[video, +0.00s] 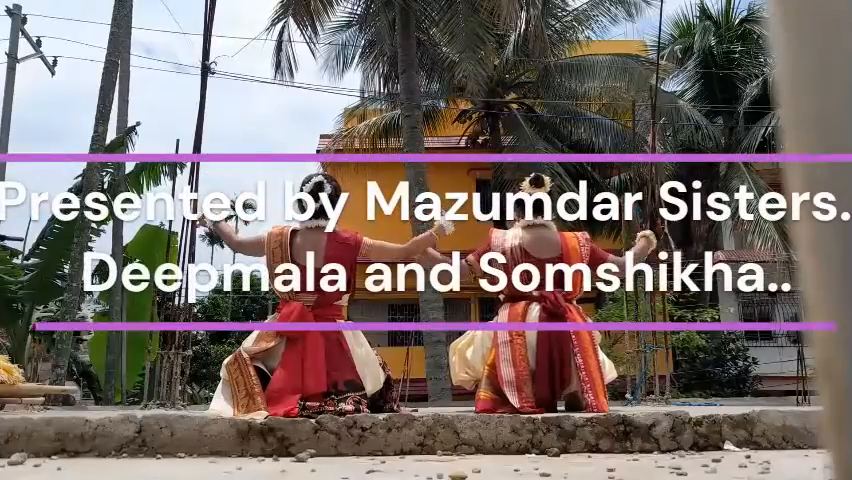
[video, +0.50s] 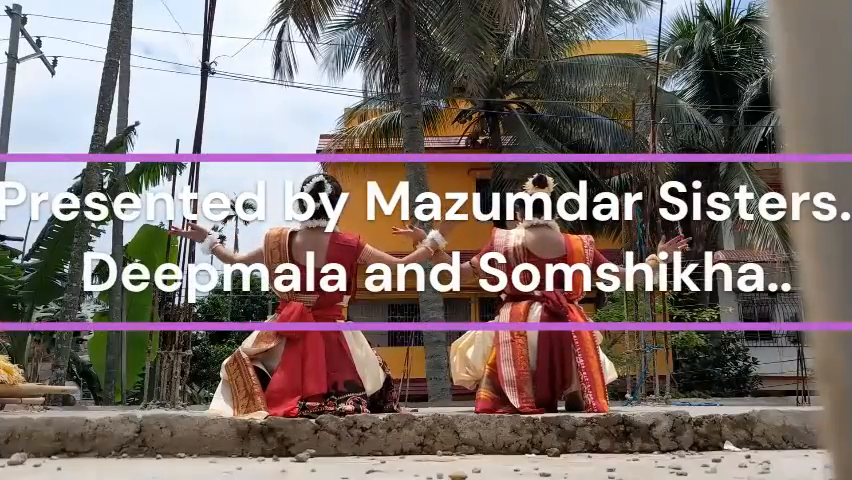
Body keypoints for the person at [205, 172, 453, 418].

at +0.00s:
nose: (335, 210)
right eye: (335, 203)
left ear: (300, 205)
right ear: (335, 206)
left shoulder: (277, 238)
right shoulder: (348, 242)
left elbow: (235, 242)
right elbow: (404, 252)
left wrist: (211, 220)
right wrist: (436, 230)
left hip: (286, 339)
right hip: (335, 340)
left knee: (238, 365)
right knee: (376, 385)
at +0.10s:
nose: (335, 211)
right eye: (335, 203)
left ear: (300, 205)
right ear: (335, 206)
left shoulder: (277, 239)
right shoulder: (348, 243)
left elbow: (236, 248)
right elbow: (404, 257)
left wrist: (212, 229)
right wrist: (435, 238)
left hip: (286, 341)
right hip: (335, 341)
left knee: (238, 365)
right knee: (376, 385)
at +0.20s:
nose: (334, 212)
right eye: (335, 205)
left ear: (301, 205)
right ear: (334, 207)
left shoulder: (277, 239)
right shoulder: (349, 244)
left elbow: (237, 254)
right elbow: (401, 260)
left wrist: (210, 237)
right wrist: (430, 245)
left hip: (287, 337)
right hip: (334, 336)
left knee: (239, 361)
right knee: (375, 385)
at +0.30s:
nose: (338, 211)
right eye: (337, 205)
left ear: (302, 205)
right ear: (335, 207)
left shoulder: (278, 240)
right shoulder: (349, 244)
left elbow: (237, 258)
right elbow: (399, 263)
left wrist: (206, 232)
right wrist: (427, 244)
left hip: (288, 336)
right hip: (335, 336)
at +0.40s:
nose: (338, 209)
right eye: (338, 204)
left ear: (301, 204)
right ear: (335, 207)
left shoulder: (277, 239)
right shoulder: (347, 243)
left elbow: (236, 258)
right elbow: (399, 262)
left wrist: (208, 236)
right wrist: (428, 244)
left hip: (288, 342)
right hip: (333, 342)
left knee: (241, 361)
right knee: (373, 385)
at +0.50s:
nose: (333, 209)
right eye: (335, 203)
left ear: (300, 205)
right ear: (335, 206)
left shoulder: (277, 241)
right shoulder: (348, 245)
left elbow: (234, 259)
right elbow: (400, 264)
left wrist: (205, 237)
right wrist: (430, 247)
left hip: (288, 345)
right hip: (335, 345)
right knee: (379, 387)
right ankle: (343, 401)